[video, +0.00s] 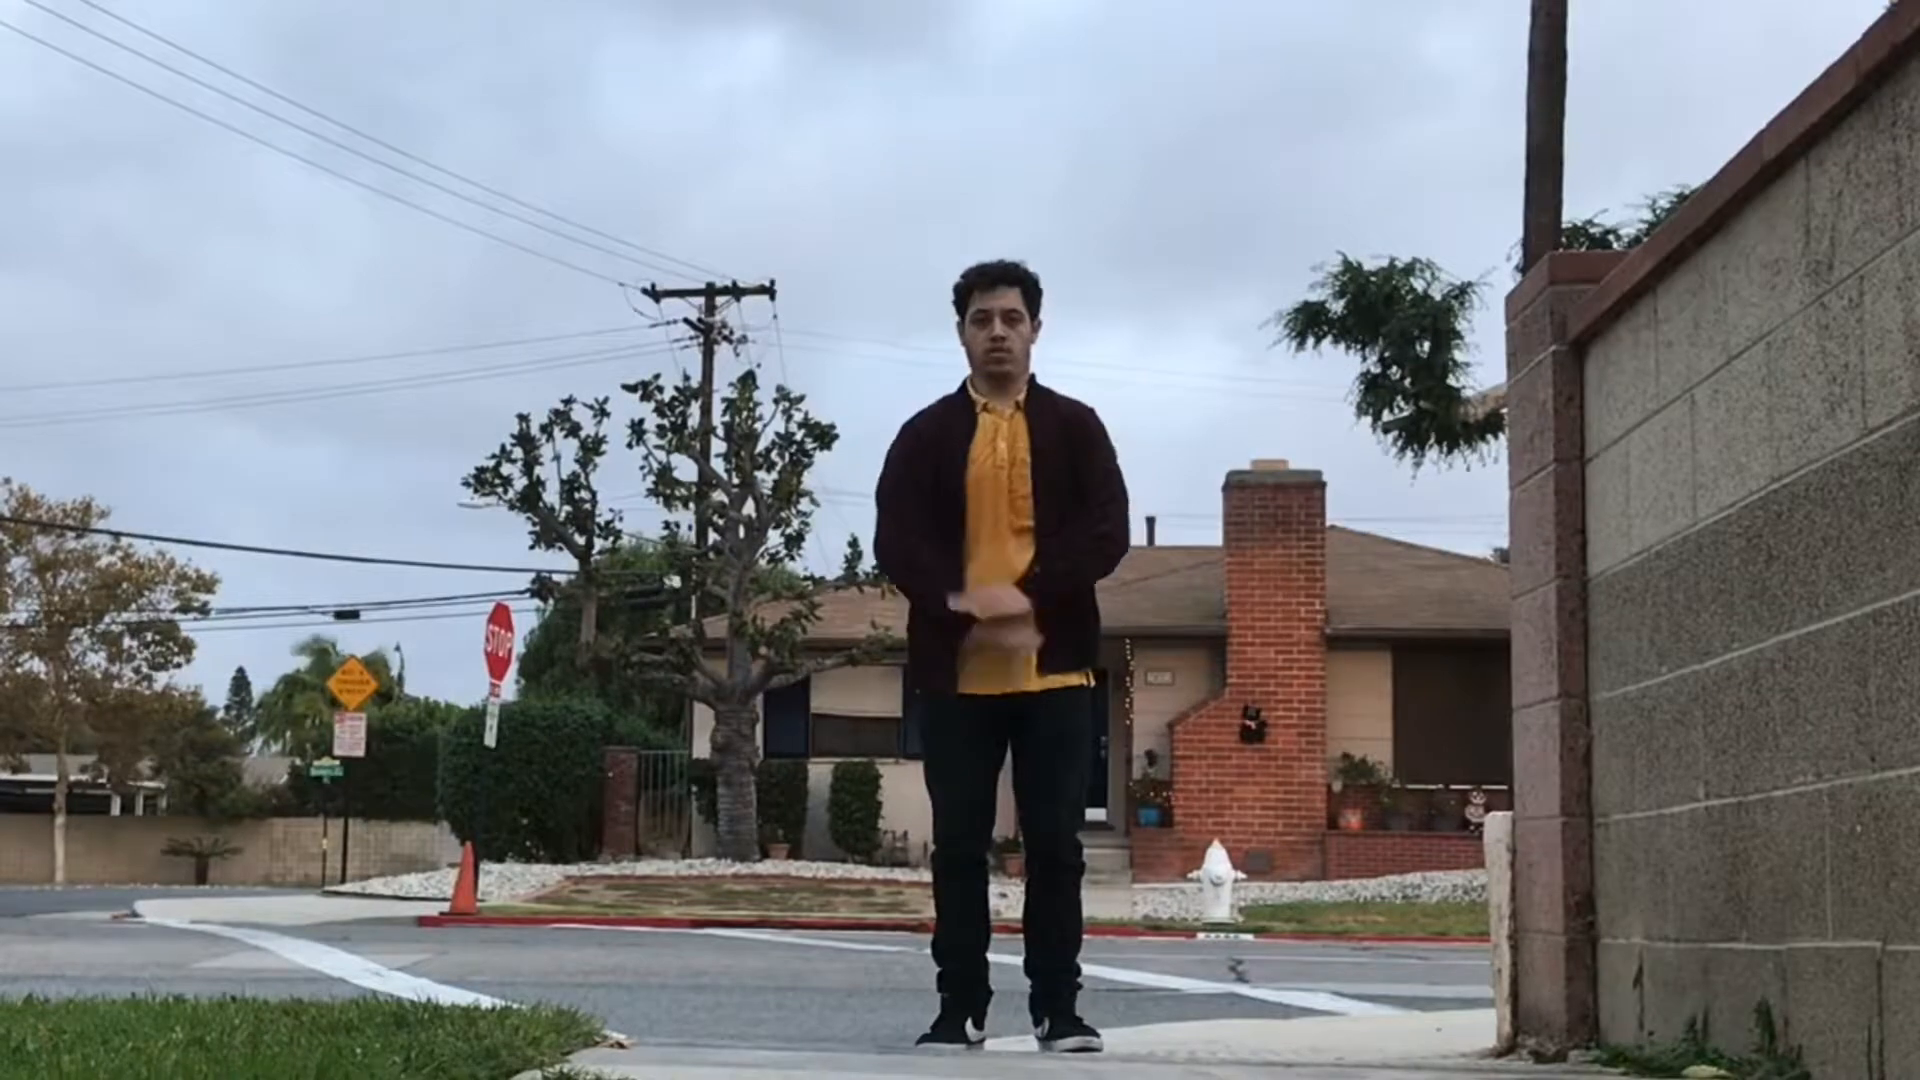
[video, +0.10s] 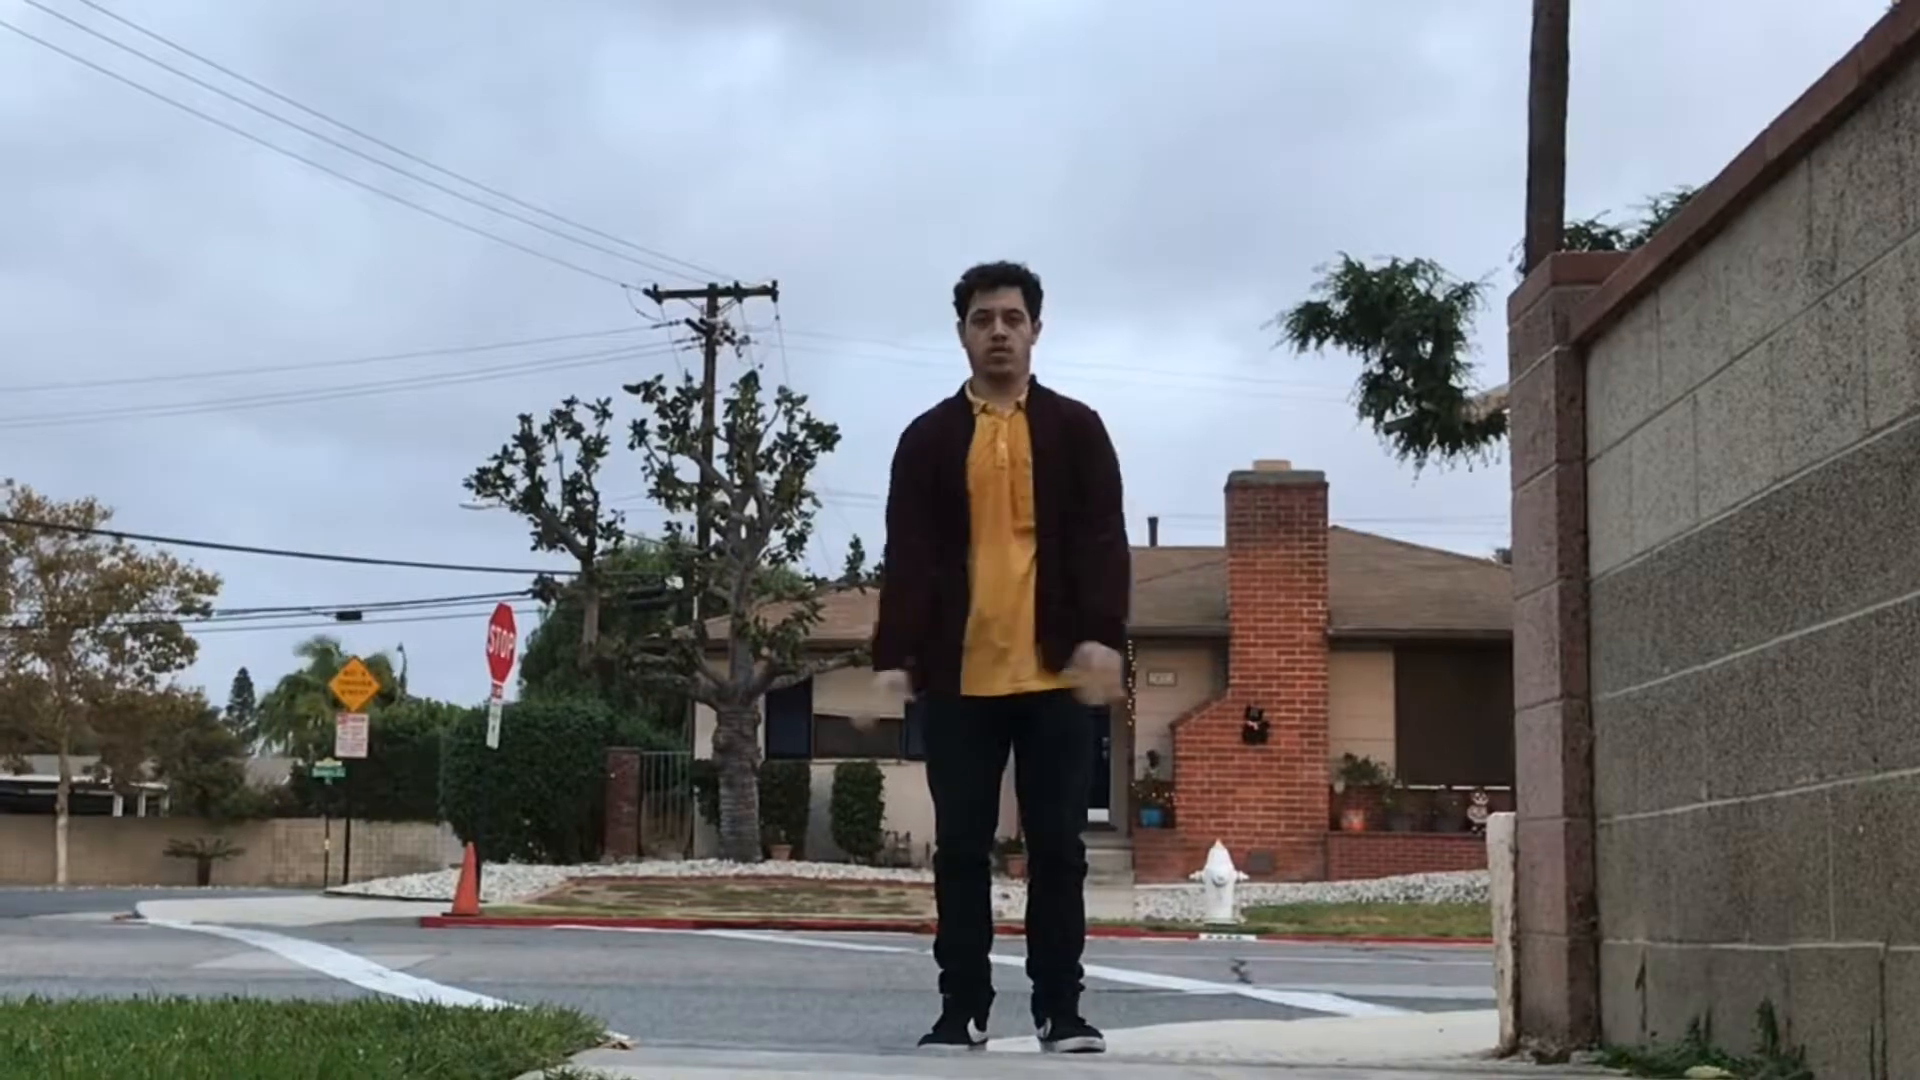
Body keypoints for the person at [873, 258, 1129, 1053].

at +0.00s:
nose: (997, 332)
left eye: (1011, 319)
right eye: (982, 320)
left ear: (1034, 331)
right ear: (962, 334)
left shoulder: (1076, 425)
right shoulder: (923, 435)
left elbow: (1109, 533)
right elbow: (895, 543)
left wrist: (1025, 594)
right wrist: (959, 597)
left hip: (1057, 679)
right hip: (956, 681)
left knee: (1056, 850)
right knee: (958, 851)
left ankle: (1058, 1011)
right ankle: (960, 1012)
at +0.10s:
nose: (998, 333)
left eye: (1013, 319)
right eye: (983, 320)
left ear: (1035, 332)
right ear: (962, 336)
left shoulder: (1077, 428)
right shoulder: (925, 438)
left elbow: (1104, 539)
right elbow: (906, 555)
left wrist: (1102, 635)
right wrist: (897, 659)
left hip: (1058, 673)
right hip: (958, 677)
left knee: (1058, 849)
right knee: (961, 851)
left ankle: (1060, 1010)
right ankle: (962, 1011)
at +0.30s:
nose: (999, 326)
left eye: (1013, 313)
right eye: (984, 314)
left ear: (1037, 328)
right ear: (963, 330)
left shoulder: (1079, 422)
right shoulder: (922, 431)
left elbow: (1158, 506)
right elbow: (846, 525)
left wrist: (1269, 518)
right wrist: (747, 548)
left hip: (1063, 679)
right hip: (963, 682)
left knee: (1063, 849)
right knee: (966, 850)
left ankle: (1065, 1012)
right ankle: (965, 1013)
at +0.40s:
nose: (995, 330)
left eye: (1009, 317)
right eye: (981, 318)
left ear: (1033, 331)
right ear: (959, 332)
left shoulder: (1075, 424)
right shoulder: (916, 434)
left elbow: (1172, 487)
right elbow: (830, 504)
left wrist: (1280, 456)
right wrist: (724, 481)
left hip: (1063, 681)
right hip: (962, 686)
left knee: (1086, 830)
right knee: (970, 846)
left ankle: (1073, 1006)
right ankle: (971, 1015)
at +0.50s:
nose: (990, 336)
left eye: (1005, 323)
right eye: (976, 323)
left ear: (1027, 336)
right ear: (954, 338)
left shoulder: (1071, 427)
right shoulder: (907, 434)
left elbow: (1171, 476)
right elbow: (816, 491)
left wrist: (1257, 413)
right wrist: (744, 419)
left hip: (1061, 677)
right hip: (957, 688)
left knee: (1109, 808)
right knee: (962, 859)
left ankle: (1104, 986)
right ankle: (971, 1020)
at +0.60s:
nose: (988, 335)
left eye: (1002, 324)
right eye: (974, 324)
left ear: (1026, 339)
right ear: (951, 340)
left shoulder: (1066, 428)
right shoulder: (906, 433)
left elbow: (1161, 475)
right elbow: (818, 479)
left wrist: (1230, 394)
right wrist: (779, 386)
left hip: (1059, 675)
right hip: (958, 687)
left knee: (1115, 812)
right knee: (965, 856)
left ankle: (1149, 980)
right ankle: (972, 1017)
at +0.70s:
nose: (987, 338)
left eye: (1002, 328)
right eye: (973, 327)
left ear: (1025, 344)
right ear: (951, 342)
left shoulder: (1064, 431)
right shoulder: (905, 437)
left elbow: (1159, 479)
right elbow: (818, 479)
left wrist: (1206, 386)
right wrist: (810, 379)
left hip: (1057, 677)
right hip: (956, 687)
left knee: (1124, 813)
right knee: (967, 856)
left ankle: (1176, 990)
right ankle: (973, 1020)